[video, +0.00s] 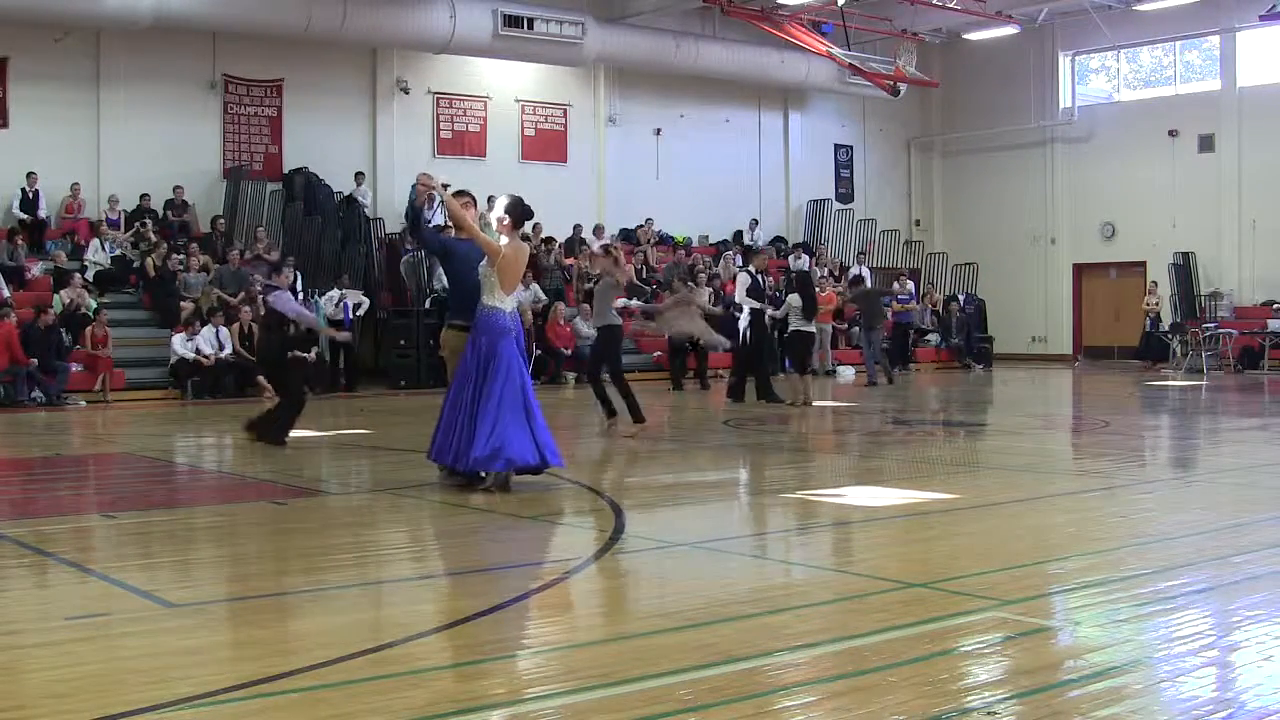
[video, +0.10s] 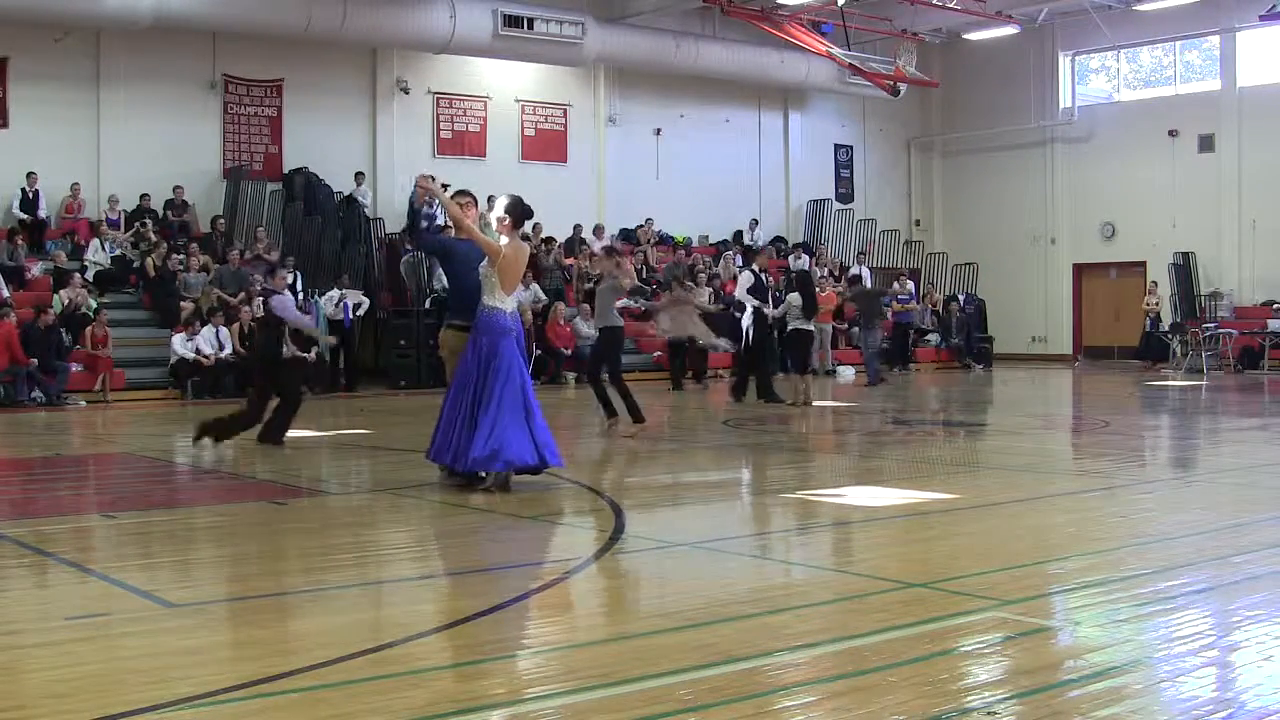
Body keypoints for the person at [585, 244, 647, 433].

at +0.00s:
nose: (595, 261)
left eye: (599, 257)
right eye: (595, 257)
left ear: (610, 259)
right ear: (602, 260)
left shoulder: (613, 279)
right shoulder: (602, 280)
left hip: (611, 328)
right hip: (603, 328)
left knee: (616, 373)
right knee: (592, 373)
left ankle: (638, 418)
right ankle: (611, 414)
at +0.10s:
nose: (598, 262)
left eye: (602, 259)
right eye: (599, 259)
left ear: (613, 261)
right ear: (605, 262)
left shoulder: (615, 281)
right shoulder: (604, 281)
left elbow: (640, 291)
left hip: (613, 329)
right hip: (605, 329)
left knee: (614, 376)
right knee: (592, 374)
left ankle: (638, 419)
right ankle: (611, 415)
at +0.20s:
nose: (598, 263)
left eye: (601, 260)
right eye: (598, 260)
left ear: (613, 261)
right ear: (608, 262)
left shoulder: (616, 280)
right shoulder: (607, 280)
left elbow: (631, 295)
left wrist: (631, 277)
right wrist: (652, 304)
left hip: (612, 330)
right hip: (607, 330)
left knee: (615, 378)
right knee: (589, 376)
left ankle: (639, 420)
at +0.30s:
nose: (598, 263)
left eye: (601, 260)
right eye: (598, 260)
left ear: (611, 261)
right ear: (609, 262)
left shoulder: (616, 281)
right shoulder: (606, 281)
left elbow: (627, 296)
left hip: (611, 332)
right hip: (603, 331)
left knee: (614, 379)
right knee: (586, 378)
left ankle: (638, 419)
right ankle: (602, 420)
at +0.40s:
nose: (593, 264)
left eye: (596, 261)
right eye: (593, 261)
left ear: (607, 262)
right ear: (604, 263)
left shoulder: (612, 283)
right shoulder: (602, 283)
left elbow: (627, 304)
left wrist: (633, 281)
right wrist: (579, 272)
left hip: (605, 333)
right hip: (597, 333)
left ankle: (636, 418)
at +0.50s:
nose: (591, 265)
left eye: (594, 262)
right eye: (591, 262)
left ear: (604, 263)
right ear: (600, 263)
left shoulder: (607, 282)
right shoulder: (599, 283)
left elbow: (617, 304)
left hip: (598, 333)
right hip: (592, 333)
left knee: (588, 378)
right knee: (585, 378)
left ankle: (621, 414)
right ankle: (603, 421)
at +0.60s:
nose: (583, 265)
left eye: (587, 261)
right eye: (583, 261)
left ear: (598, 263)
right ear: (592, 264)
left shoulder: (601, 284)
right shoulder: (589, 284)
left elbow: (608, 304)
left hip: (595, 332)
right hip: (586, 331)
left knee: (579, 376)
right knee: (578, 376)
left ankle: (600, 415)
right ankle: (599, 416)